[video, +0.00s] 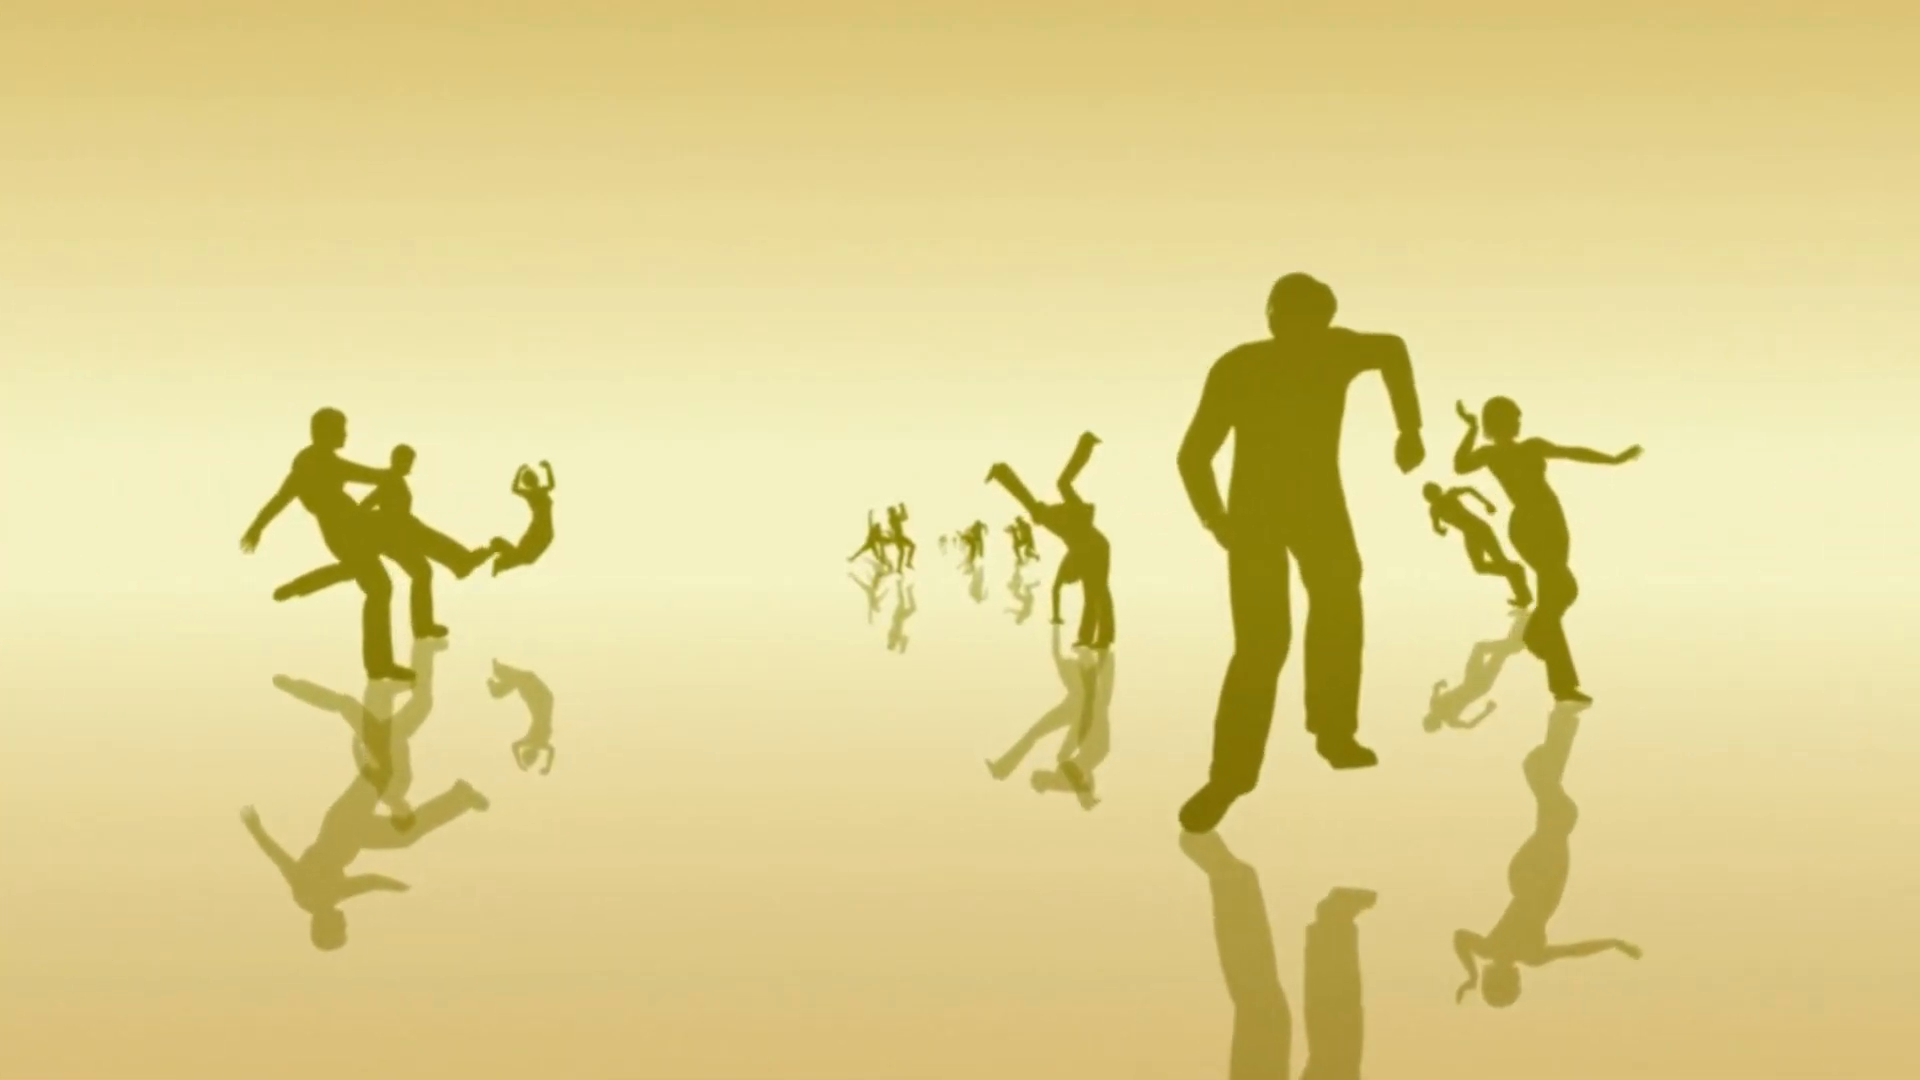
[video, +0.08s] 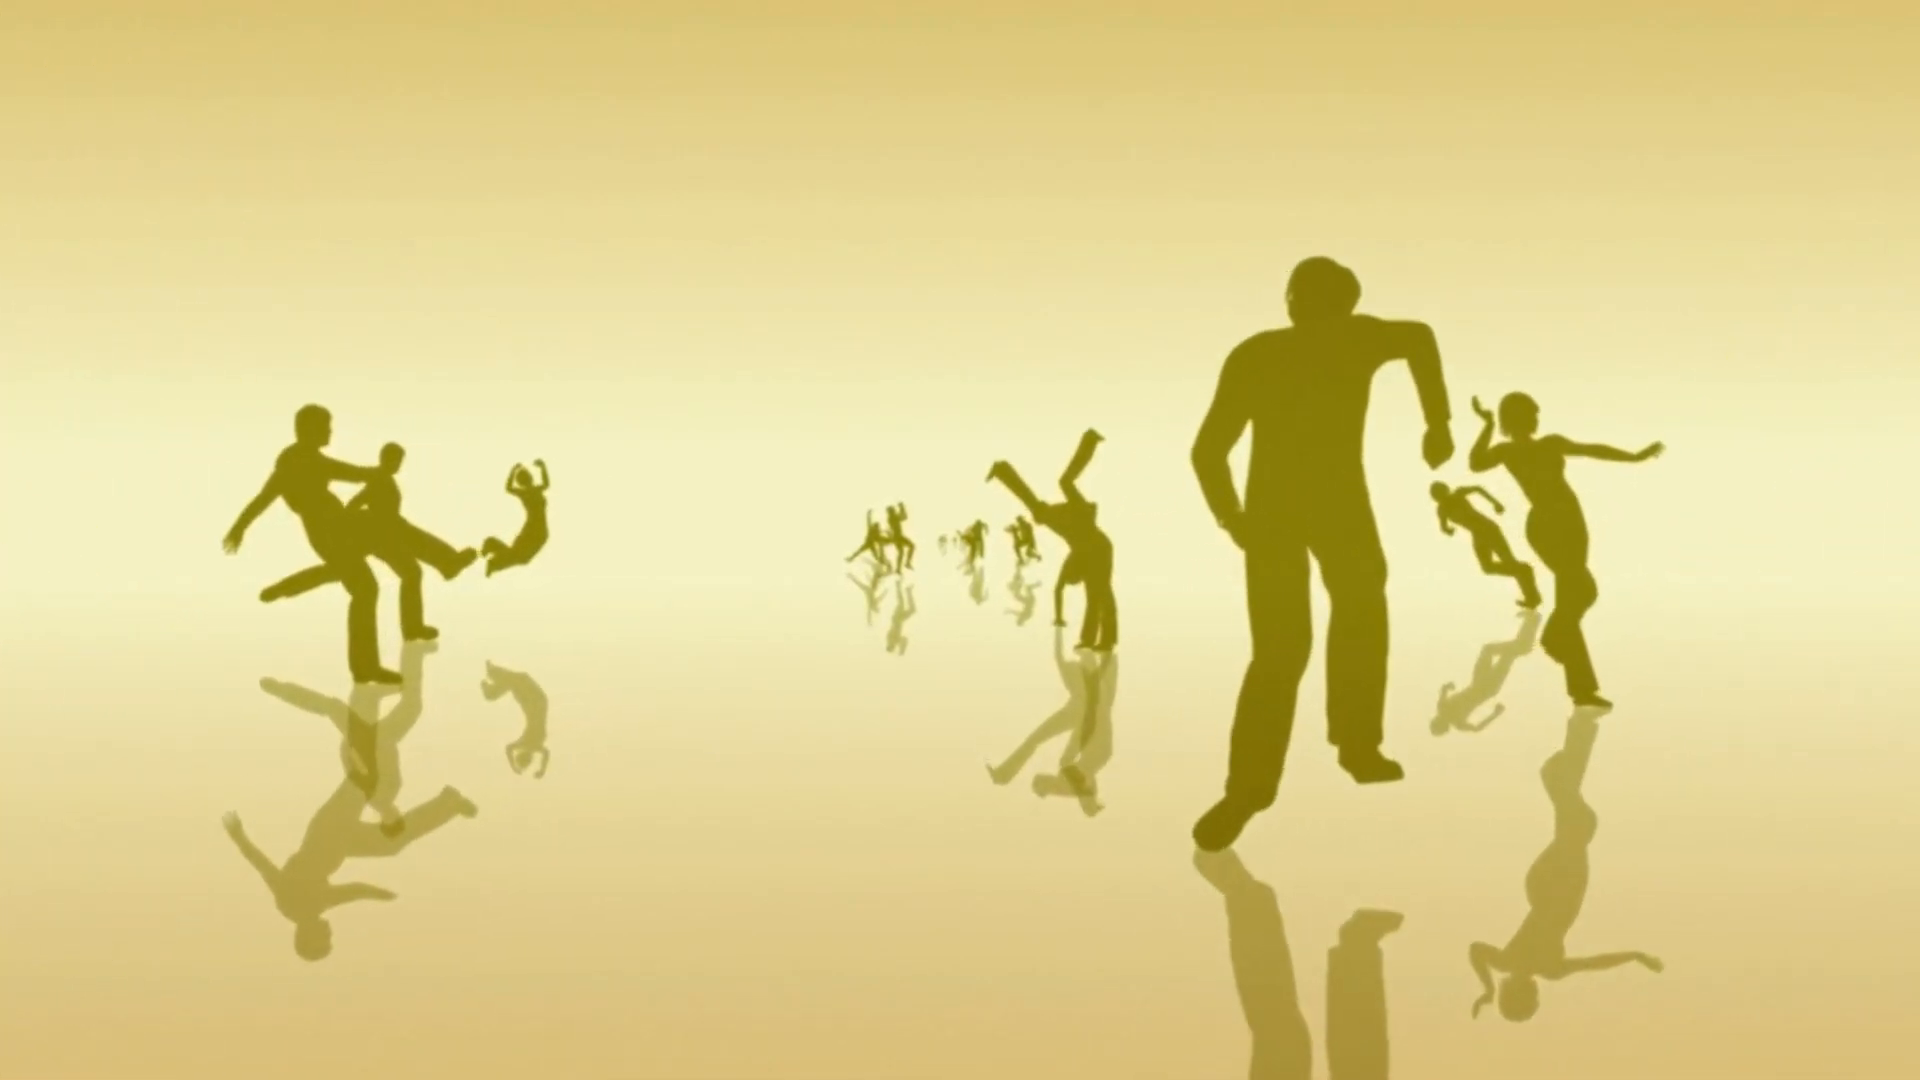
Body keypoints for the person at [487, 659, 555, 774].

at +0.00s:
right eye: (526, 760)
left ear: (533, 753)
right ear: (525, 752)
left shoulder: (540, 744)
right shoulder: (527, 742)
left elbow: (552, 749)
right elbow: (514, 746)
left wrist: (548, 767)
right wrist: (519, 763)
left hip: (531, 681)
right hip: (522, 680)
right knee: (497, 693)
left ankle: (499, 669)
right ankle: (490, 682)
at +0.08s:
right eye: (520, 763)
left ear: (528, 756)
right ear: (520, 755)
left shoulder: (535, 746)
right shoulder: (522, 744)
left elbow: (546, 752)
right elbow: (508, 748)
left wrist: (542, 770)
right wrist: (513, 767)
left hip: (524, 682)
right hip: (516, 681)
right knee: (490, 695)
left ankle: (493, 670)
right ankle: (484, 684)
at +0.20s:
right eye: (517, 766)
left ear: (524, 759)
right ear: (515, 757)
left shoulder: (531, 749)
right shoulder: (517, 747)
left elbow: (543, 754)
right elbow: (504, 750)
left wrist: (539, 772)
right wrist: (509, 768)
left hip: (521, 683)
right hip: (512, 683)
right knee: (485, 697)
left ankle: (489, 671)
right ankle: (479, 685)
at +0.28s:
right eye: (509, 768)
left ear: (519, 761)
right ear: (509, 760)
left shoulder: (525, 751)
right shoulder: (510, 749)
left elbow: (537, 757)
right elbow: (498, 753)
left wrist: (533, 775)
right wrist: (502, 771)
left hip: (515, 684)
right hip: (505, 685)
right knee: (479, 699)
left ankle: (483, 674)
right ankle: (473, 687)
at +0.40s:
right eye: (505, 770)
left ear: (515, 763)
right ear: (504, 761)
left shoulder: (522, 753)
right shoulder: (507, 751)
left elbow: (533, 759)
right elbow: (494, 755)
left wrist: (529, 778)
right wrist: (498, 773)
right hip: (502, 687)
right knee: (475, 701)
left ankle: (478, 675)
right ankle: (469, 688)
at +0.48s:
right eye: (497, 775)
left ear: (508, 767)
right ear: (497, 765)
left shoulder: (516, 757)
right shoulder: (500, 754)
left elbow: (527, 762)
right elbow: (487, 758)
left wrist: (523, 781)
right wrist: (491, 776)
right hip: (495, 689)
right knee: (468, 703)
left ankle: (471, 677)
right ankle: (462, 690)